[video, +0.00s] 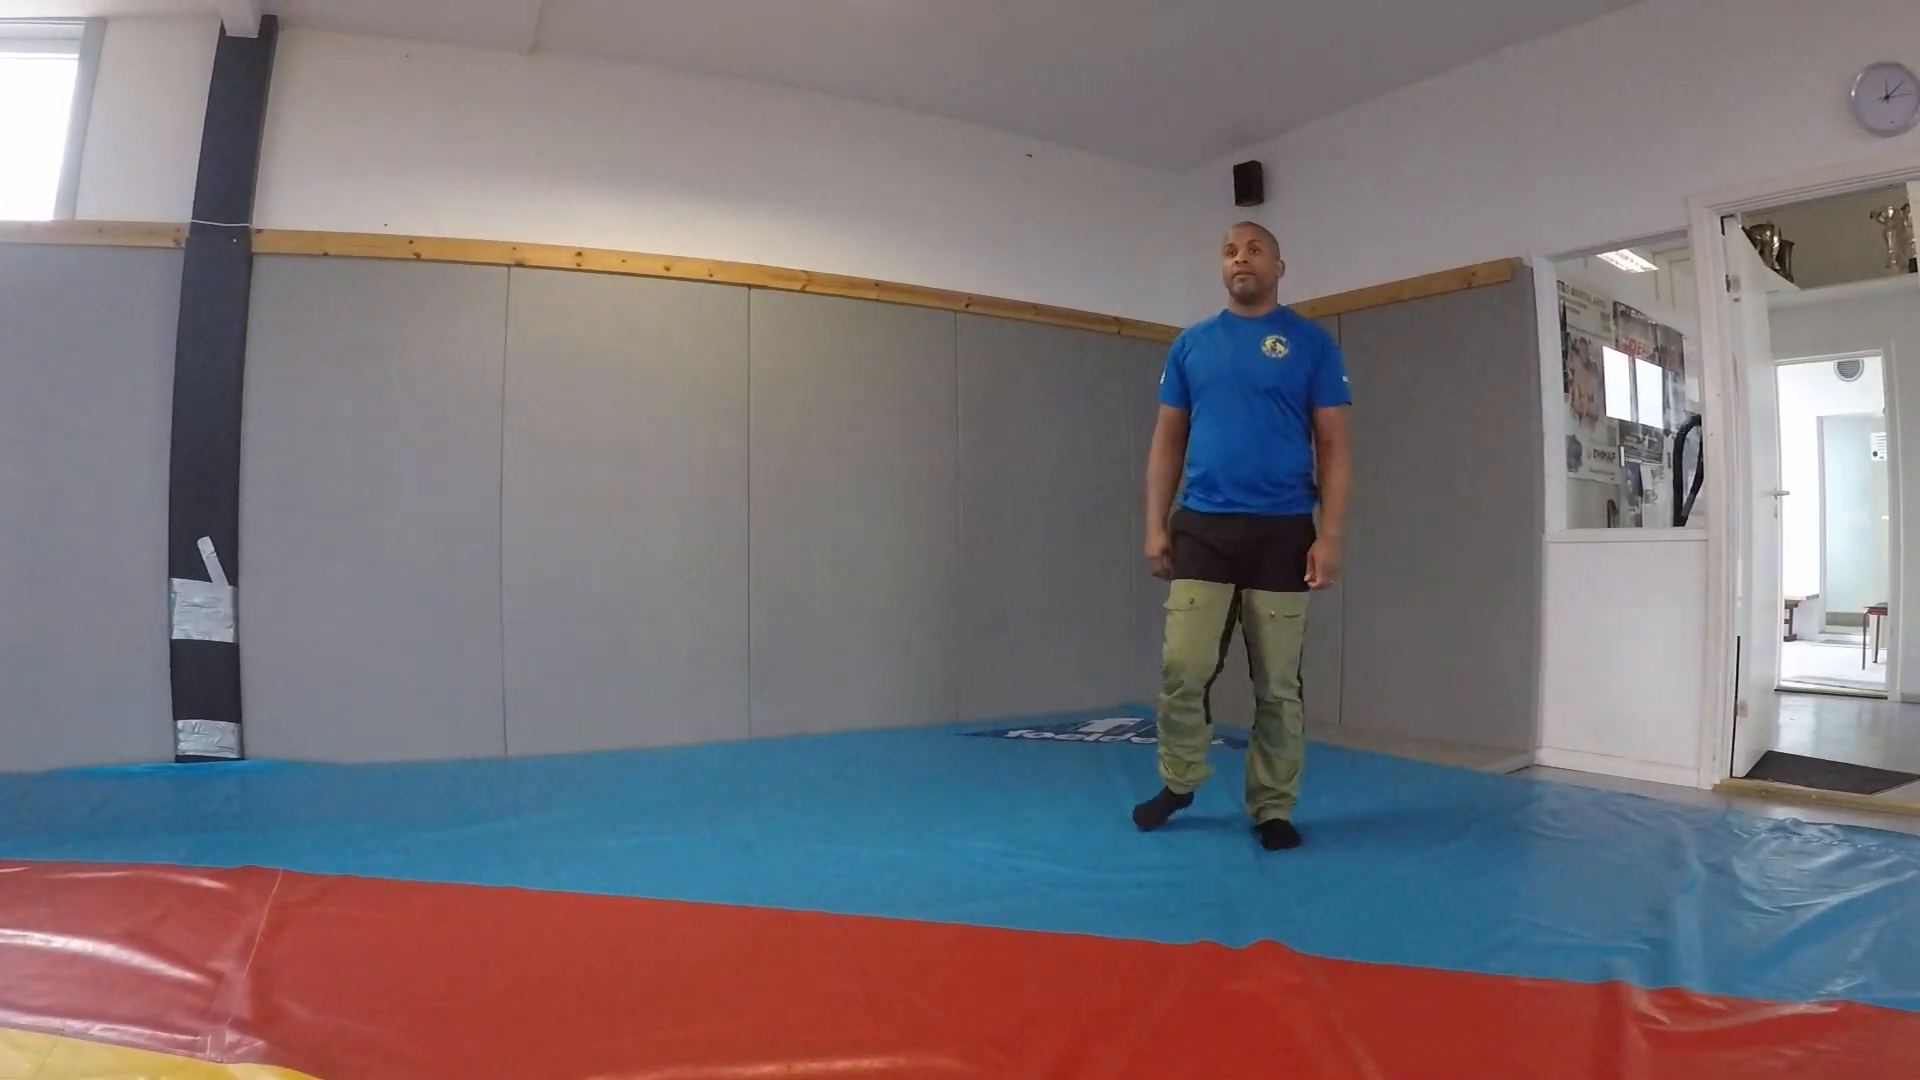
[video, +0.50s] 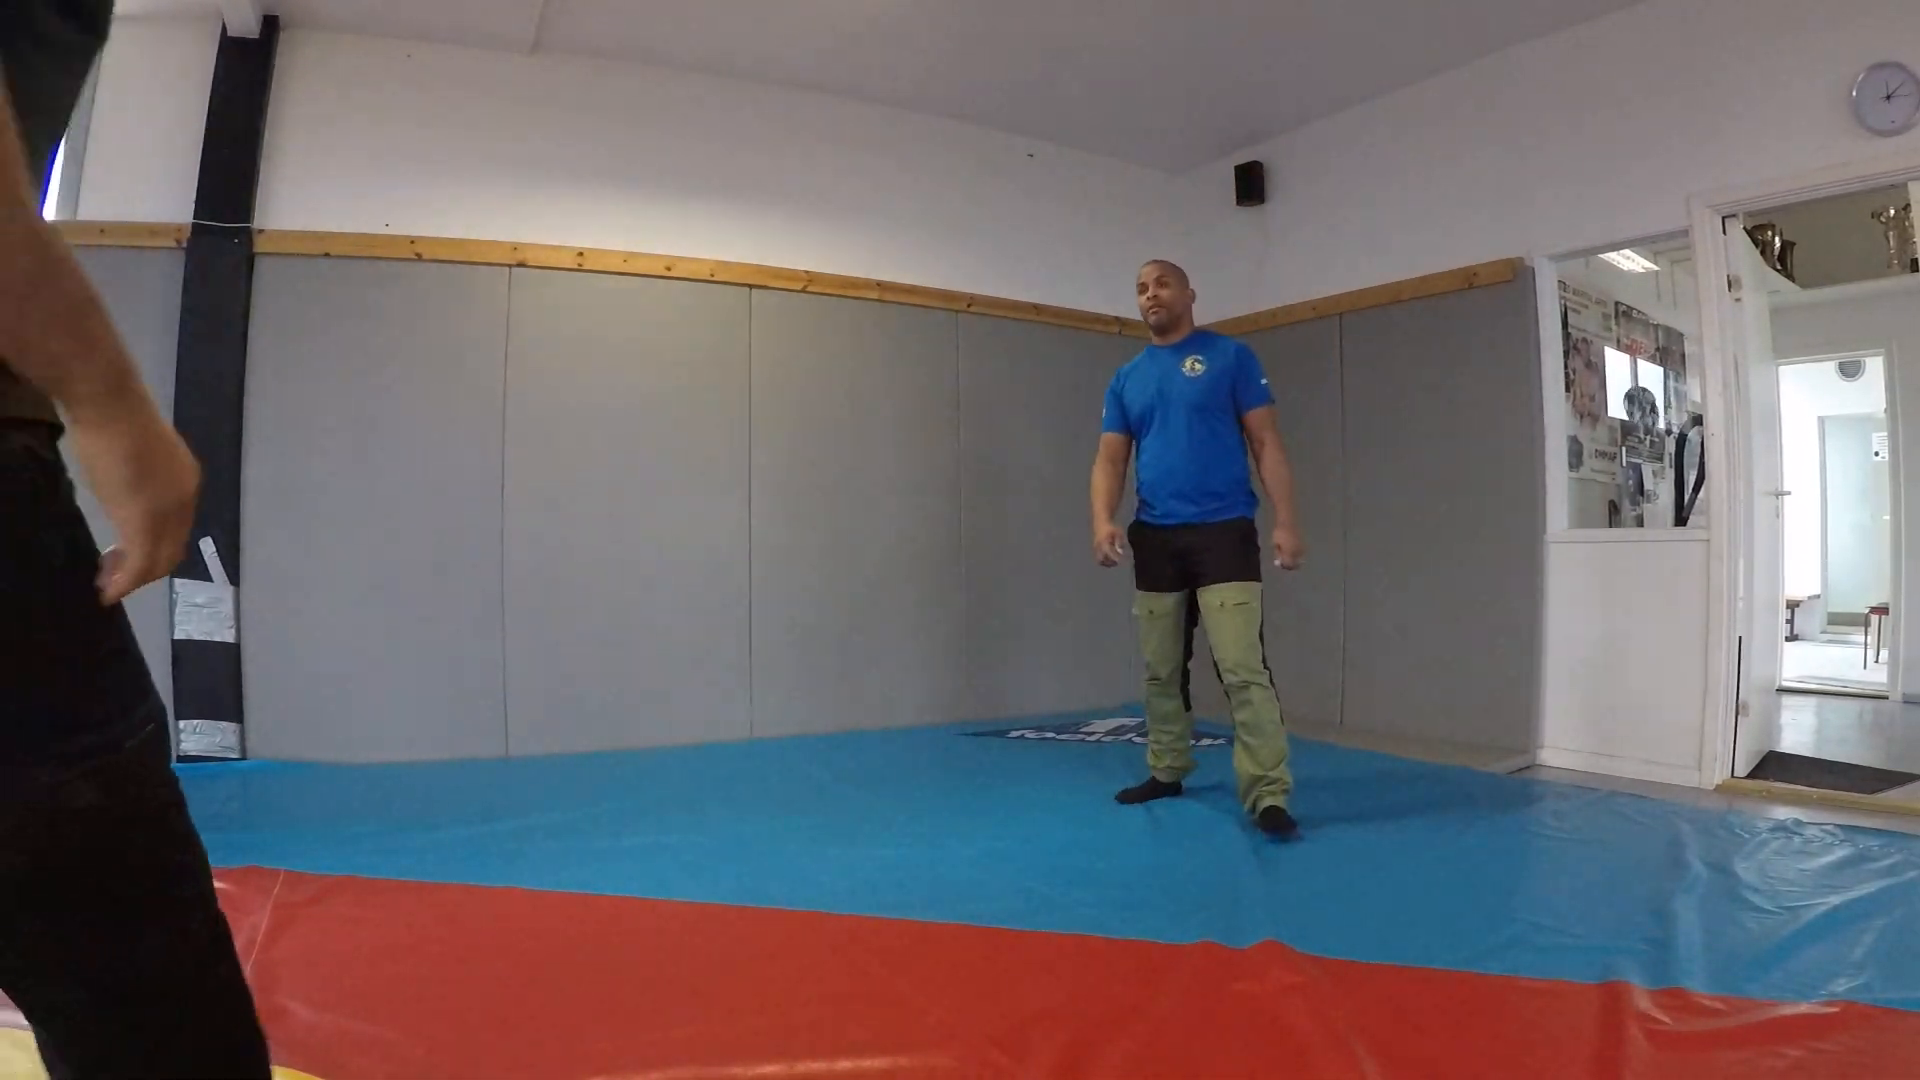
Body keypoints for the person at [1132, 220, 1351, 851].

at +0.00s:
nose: (1241, 259)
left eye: (1254, 250)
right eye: (1231, 251)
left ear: (1279, 267)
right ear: (1220, 268)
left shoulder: (1313, 344)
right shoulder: (1191, 344)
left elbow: (1333, 445)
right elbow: (1167, 439)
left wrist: (1330, 535)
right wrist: (1155, 524)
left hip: (1282, 531)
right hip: (1200, 528)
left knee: (1278, 684)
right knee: (1182, 666)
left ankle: (1273, 809)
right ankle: (1178, 784)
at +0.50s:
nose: (1150, 294)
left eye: (1161, 284)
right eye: (1143, 288)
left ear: (1189, 295)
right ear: (1138, 304)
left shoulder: (1231, 358)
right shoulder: (1126, 379)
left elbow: (1265, 442)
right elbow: (1110, 458)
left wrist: (1285, 523)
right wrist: (1102, 521)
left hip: (1225, 533)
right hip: (1155, 537)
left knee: (1241, 667)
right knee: (1160, 666)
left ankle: (1268, 795)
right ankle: (1166, 772)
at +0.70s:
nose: (1131, 300)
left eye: (1141, 289)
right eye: (1124, 294)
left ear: (1170, 297)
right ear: (1121, 308)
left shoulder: (1211, 354)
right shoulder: (1117, 381)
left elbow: (1241, 438)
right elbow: (1104, 466)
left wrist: (1207, 499)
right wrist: (1088, 542)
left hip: (1211, 526)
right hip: (1148, 533)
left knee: (1230, 660)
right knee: (1158, 664)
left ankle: (1258, 784)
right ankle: (1167, 773)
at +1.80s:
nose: (1117, 312)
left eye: (1127, 299)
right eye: (1112, 306)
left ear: (1160, 303)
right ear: (1118, 318)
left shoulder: (1191, 352)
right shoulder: (1130, 378)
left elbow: (1226, 427)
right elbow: (1129, 466)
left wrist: (1144, 435)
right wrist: (1084, 513)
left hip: (1190, 531)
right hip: (1141, 533)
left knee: (1192, 668)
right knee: (1148, 668)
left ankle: (1224, 801)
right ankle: (1168, 773)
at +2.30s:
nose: (1141, 328)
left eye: (1151, 315)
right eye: (1138, 319)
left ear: (1190, 317)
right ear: (1147, 327)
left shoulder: (1214, 374)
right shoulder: (1182, 381)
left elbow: (1192, 467)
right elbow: (1178, 462)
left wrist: (1129, 415)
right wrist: (1128, 431)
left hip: (1247, 544)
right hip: (1201, 544)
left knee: (1203, 674)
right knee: (1157, 670)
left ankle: (1264, 817)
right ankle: (1171, 774)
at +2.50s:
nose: (1169, 329)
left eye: (1179, 316)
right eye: (1166, 319)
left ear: (1220, 317)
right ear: (1174, 325)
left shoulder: (1259, 387)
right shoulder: (1181, 376)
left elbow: (1246, 480)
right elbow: (1116, 410)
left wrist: (1179, 412)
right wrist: (1068, 355)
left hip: (1267, 546)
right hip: (1213, 544)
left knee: (1217, 671)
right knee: (1172, 663)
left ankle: (1265, 818)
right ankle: (1215, 754)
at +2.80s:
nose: (1184, 327)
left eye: (1194, 316)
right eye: (1179, 319)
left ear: (1231, 321)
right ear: (1181, 329)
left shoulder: (1271, 378)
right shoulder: (1175, 387)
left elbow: (1264, 442)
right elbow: (1138, 465)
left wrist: (1216, 368)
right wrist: (1100, 424)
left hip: (1264, 540)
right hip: (1211, 546)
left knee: (1229, 664)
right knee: (1225, 664)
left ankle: (1268, 815)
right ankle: (1255, 758)